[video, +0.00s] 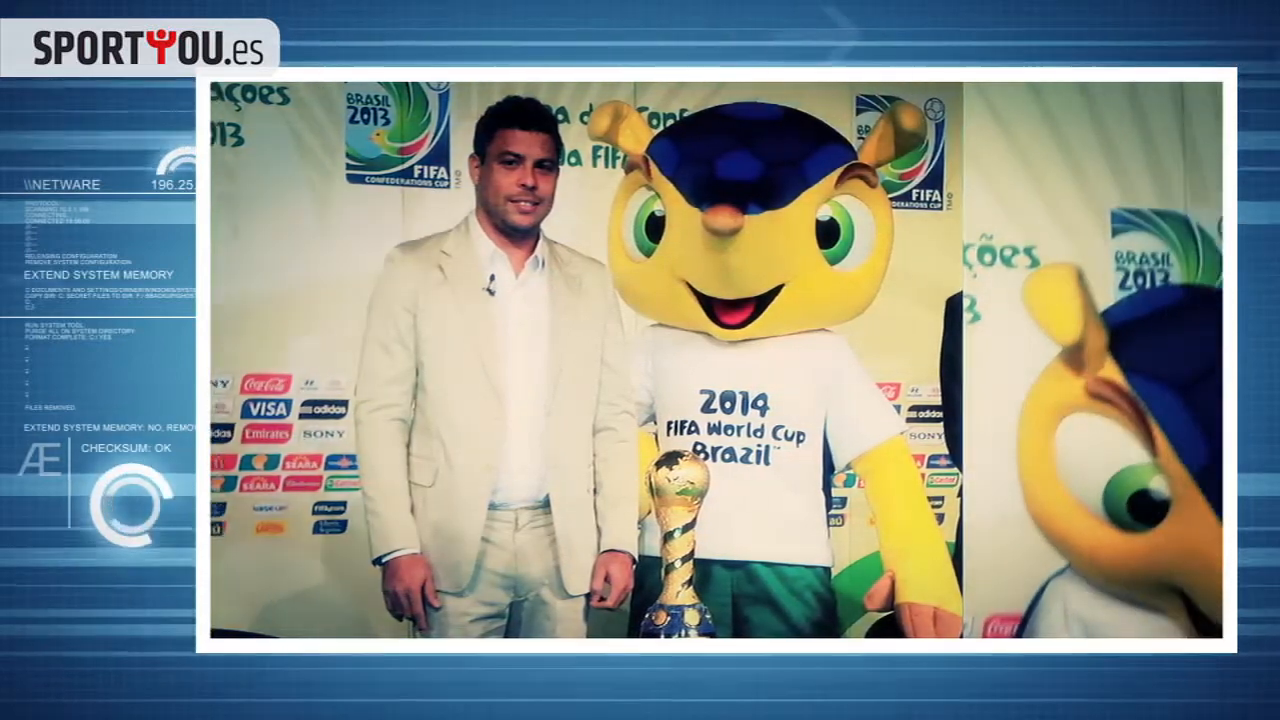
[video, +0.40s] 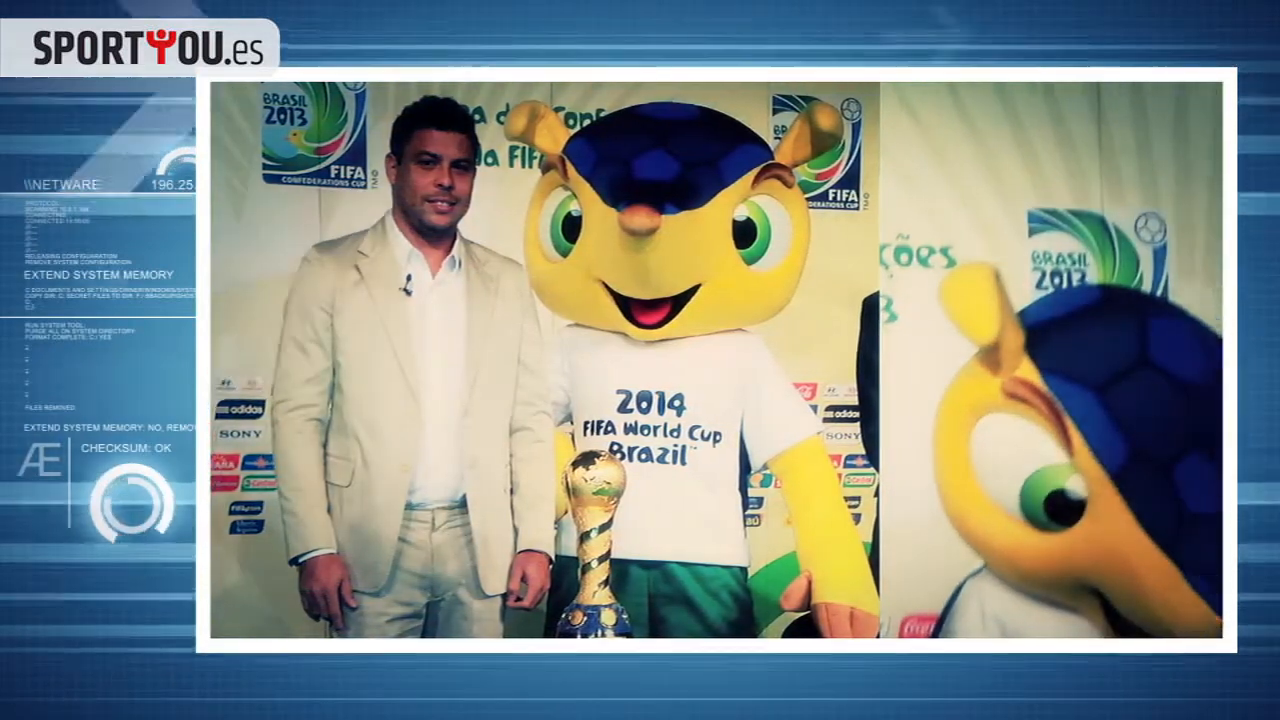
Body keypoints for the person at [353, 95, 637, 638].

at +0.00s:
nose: (529, 180)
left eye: (545, 166)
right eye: (511, 162)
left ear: (558, 178)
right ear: (476, 170)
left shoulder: (591, 282)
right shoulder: (413, 270)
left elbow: (615, 422)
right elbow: (380, 414)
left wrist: (617, 543)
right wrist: (397, 548)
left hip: (564, 542)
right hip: (457, 543)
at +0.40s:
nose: (446, 181)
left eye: (462, 166)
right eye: (428, 162)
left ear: (475, 178)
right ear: (393, 170)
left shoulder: (508, 282)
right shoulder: (329, 270)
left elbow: (531, 423)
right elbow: (297, 413)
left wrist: (534, 543)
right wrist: (314, 548)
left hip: (480, 543)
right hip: (374, 544)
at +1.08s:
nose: (304, 180)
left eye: (320, 166)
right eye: (286, 162)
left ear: (333, 177)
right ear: (251, 170)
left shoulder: (368, 284)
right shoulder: (196, 274)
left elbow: (389, 423)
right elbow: (167, 416)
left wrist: (393, 542)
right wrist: (180, 551)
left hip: (340, 542)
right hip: (232, 543)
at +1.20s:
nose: (279, 180)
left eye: (294, 166)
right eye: (262, 163)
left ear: (309, 178)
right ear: (227, 169)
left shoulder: (341, 282)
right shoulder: (182, 271)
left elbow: (365, 422)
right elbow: (147, 401)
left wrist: (369, 542)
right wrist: (159, 534)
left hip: (314, 538)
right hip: (212, 538)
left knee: (306, 711)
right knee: (204, 711)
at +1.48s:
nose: (221, 181)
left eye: (236, 166)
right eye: (206, 163)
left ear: (251, 177)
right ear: (179, 171)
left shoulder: (281, 284)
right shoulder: (132, 275)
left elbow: (306, 422)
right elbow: (85, 399)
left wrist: (309, 542)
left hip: (241, 535)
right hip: (140, 533)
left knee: (245, 711)